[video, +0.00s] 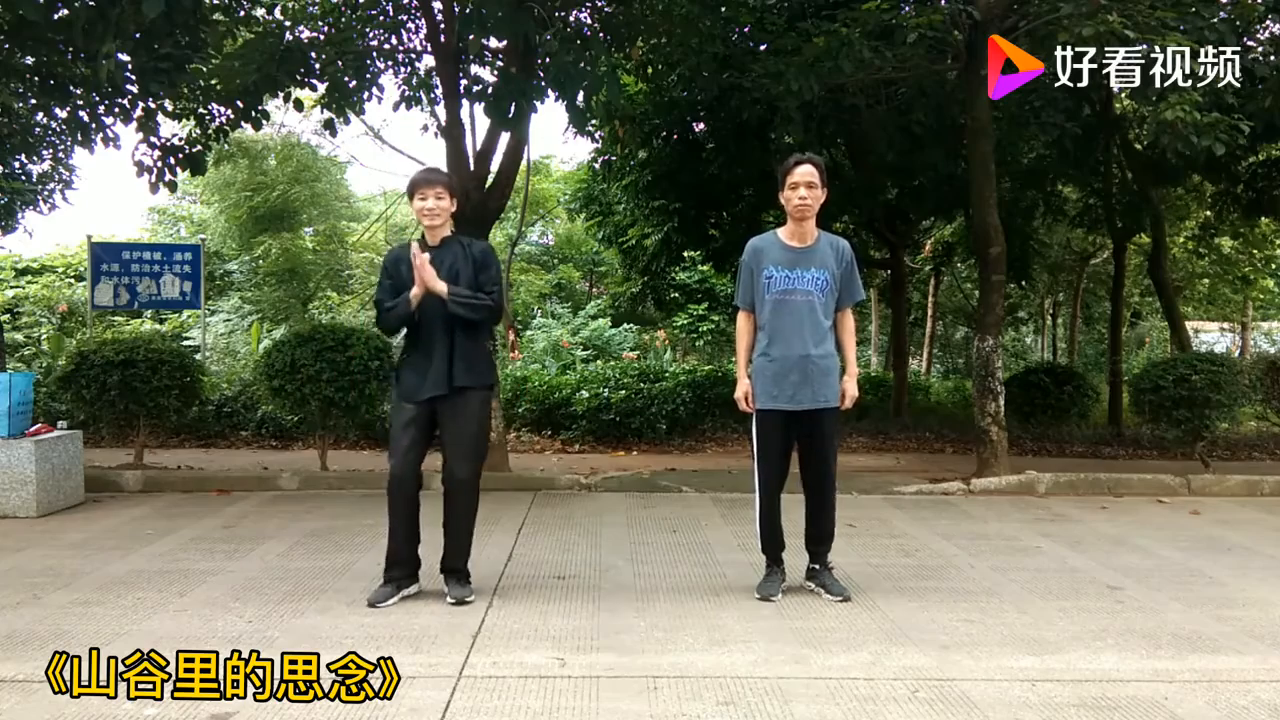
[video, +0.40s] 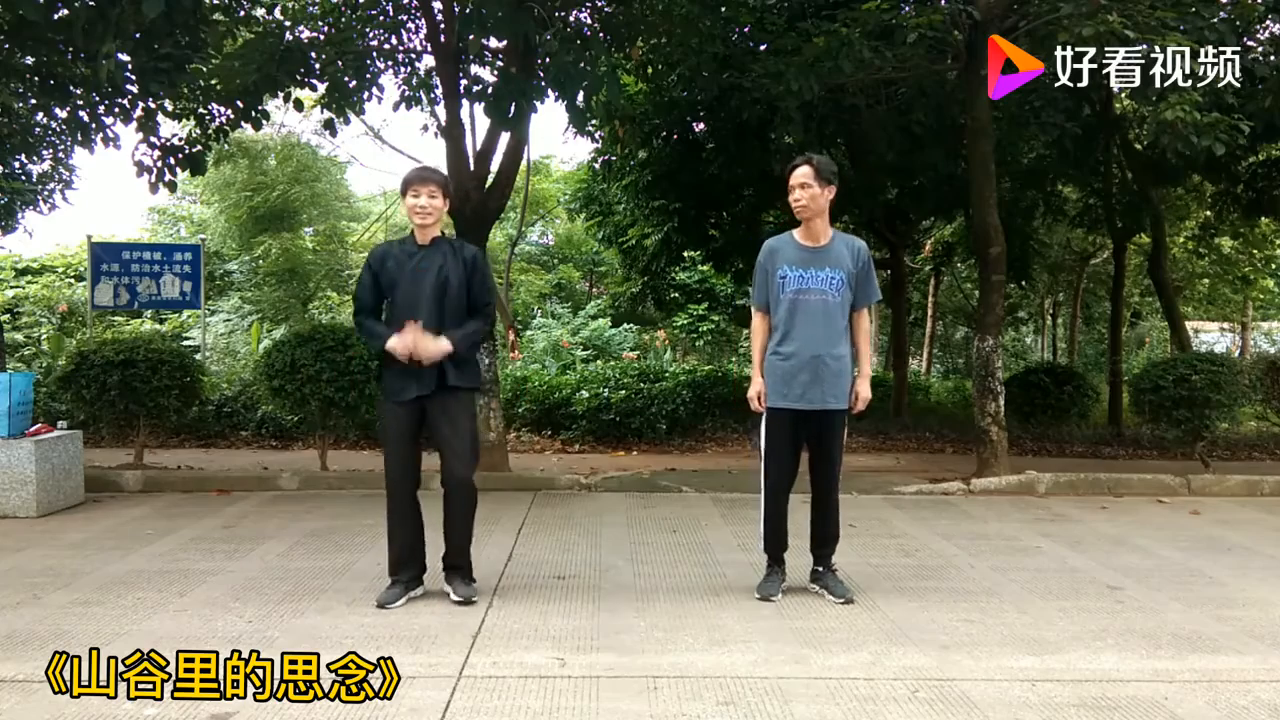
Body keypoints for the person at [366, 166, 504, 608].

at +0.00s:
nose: (430, 205)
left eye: (438, 197)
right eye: (422, 199)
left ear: (453, 203)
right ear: (412, 207)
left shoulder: (478, 252)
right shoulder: (398, 259)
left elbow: (492, 309)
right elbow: (386, 321)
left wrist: (440, 287)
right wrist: (417, 290)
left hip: (468, 381)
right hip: (415, 380)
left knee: (461, 477)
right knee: (400, 472)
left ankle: (457, 574)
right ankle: (400, 575)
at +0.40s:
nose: (423, 203)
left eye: (432, 196)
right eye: (414, 196)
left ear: (445, 203)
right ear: (404, 203)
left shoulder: (468, 257)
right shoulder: (382, 257)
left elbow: (485, 318)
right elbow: (363, 318)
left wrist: (446, 344)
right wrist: (391, 339)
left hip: (453, 386)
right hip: (398, 387)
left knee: (460, 478)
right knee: (399, 482)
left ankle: (458, 573)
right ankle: (405, 575)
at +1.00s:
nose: (441, 197)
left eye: (450, 190)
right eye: (433, 189)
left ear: (463, 199)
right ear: (420, 197)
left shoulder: (480, 251)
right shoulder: (396, 250)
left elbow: (507, 315)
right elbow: (368, 311)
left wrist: (520, 377)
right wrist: (345, 369)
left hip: (465, 383)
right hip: (409, 382)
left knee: (463, 483)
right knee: (407, 482)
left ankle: (462, 573)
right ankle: (405, 575)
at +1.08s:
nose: (443, 201)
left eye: (452, 194)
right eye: (435, 193)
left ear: (465, 202)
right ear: (423, 200)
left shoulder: (483, 254)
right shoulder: (399, 254)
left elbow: (506, 321)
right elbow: (375, 318)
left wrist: (511, 381)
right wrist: (357, 379)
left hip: (467, 386)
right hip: (410, 385)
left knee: (464, 485)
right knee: (406, 483)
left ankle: (461, 575)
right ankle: (405, 575)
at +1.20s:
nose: (446, 210)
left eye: (455, 202)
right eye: (438, 202)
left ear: (467, 209)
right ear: (426, 209)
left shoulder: (489, 264)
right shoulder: (406, 263)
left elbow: (501, 333)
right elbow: (391, 332)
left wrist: (495, 393)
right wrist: (389, 393)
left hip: (467, 396)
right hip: (413, 395)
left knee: (471, 480)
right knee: (397, 477)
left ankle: (461, 574)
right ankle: (405, 575)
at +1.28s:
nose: (446, 208)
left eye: (455, 200)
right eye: (438, 200)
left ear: (467, 207)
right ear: (426, 207)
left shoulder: (491, 263)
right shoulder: (406, 260)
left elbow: (500, 332)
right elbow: (394, 329)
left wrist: (495, 392)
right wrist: (392, 389)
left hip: (469, 393)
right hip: (415, 391)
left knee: (469, 481)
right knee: (398, 477)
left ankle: (462, 574)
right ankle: (405, 575)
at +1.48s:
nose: (443, 201)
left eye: (452, 193)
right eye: (435, 193)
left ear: (466, 198)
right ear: (424, 200)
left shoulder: (490, 254)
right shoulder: (405, 253)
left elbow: (507, 322)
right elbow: (389, 321)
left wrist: (502, 380)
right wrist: (386, 377)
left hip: (471, 387)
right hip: (414, 386)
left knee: (466, 485)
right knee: (410, 483)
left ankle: (462, 575)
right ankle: (411, 575)